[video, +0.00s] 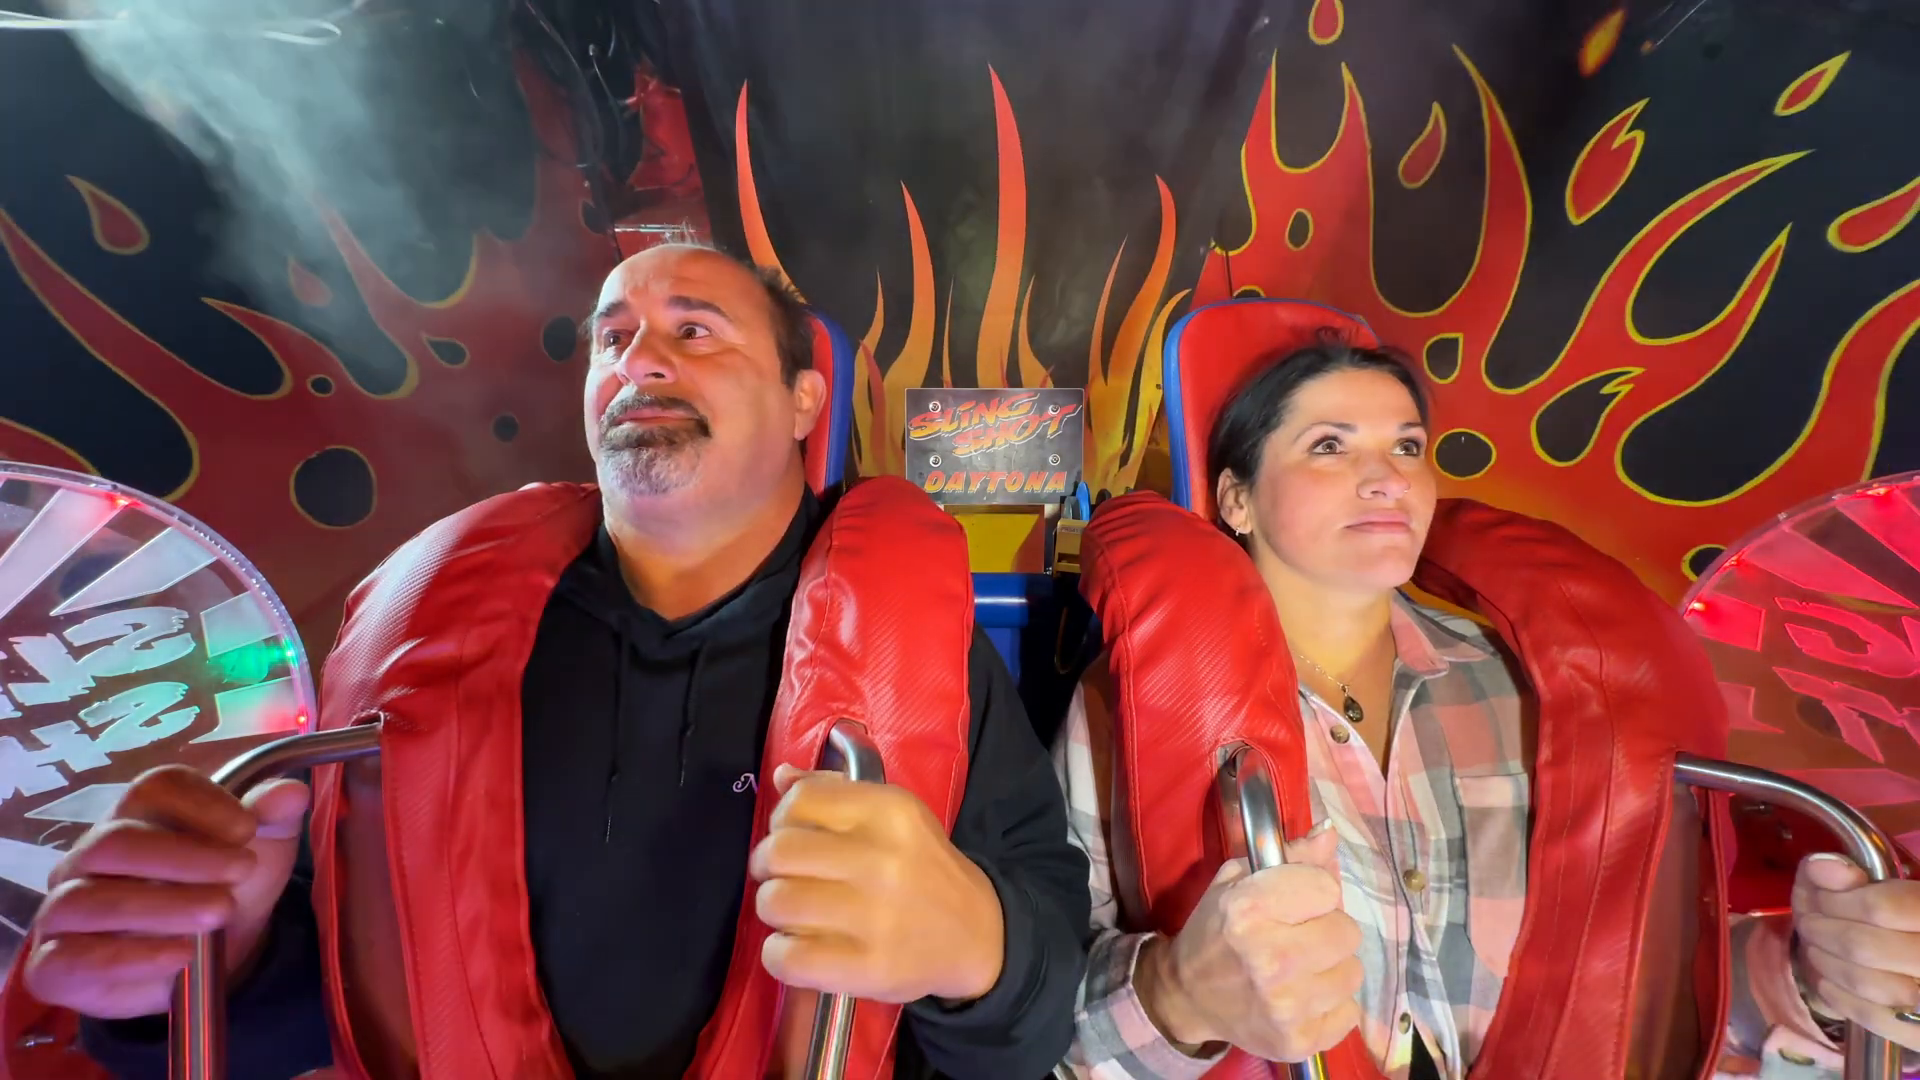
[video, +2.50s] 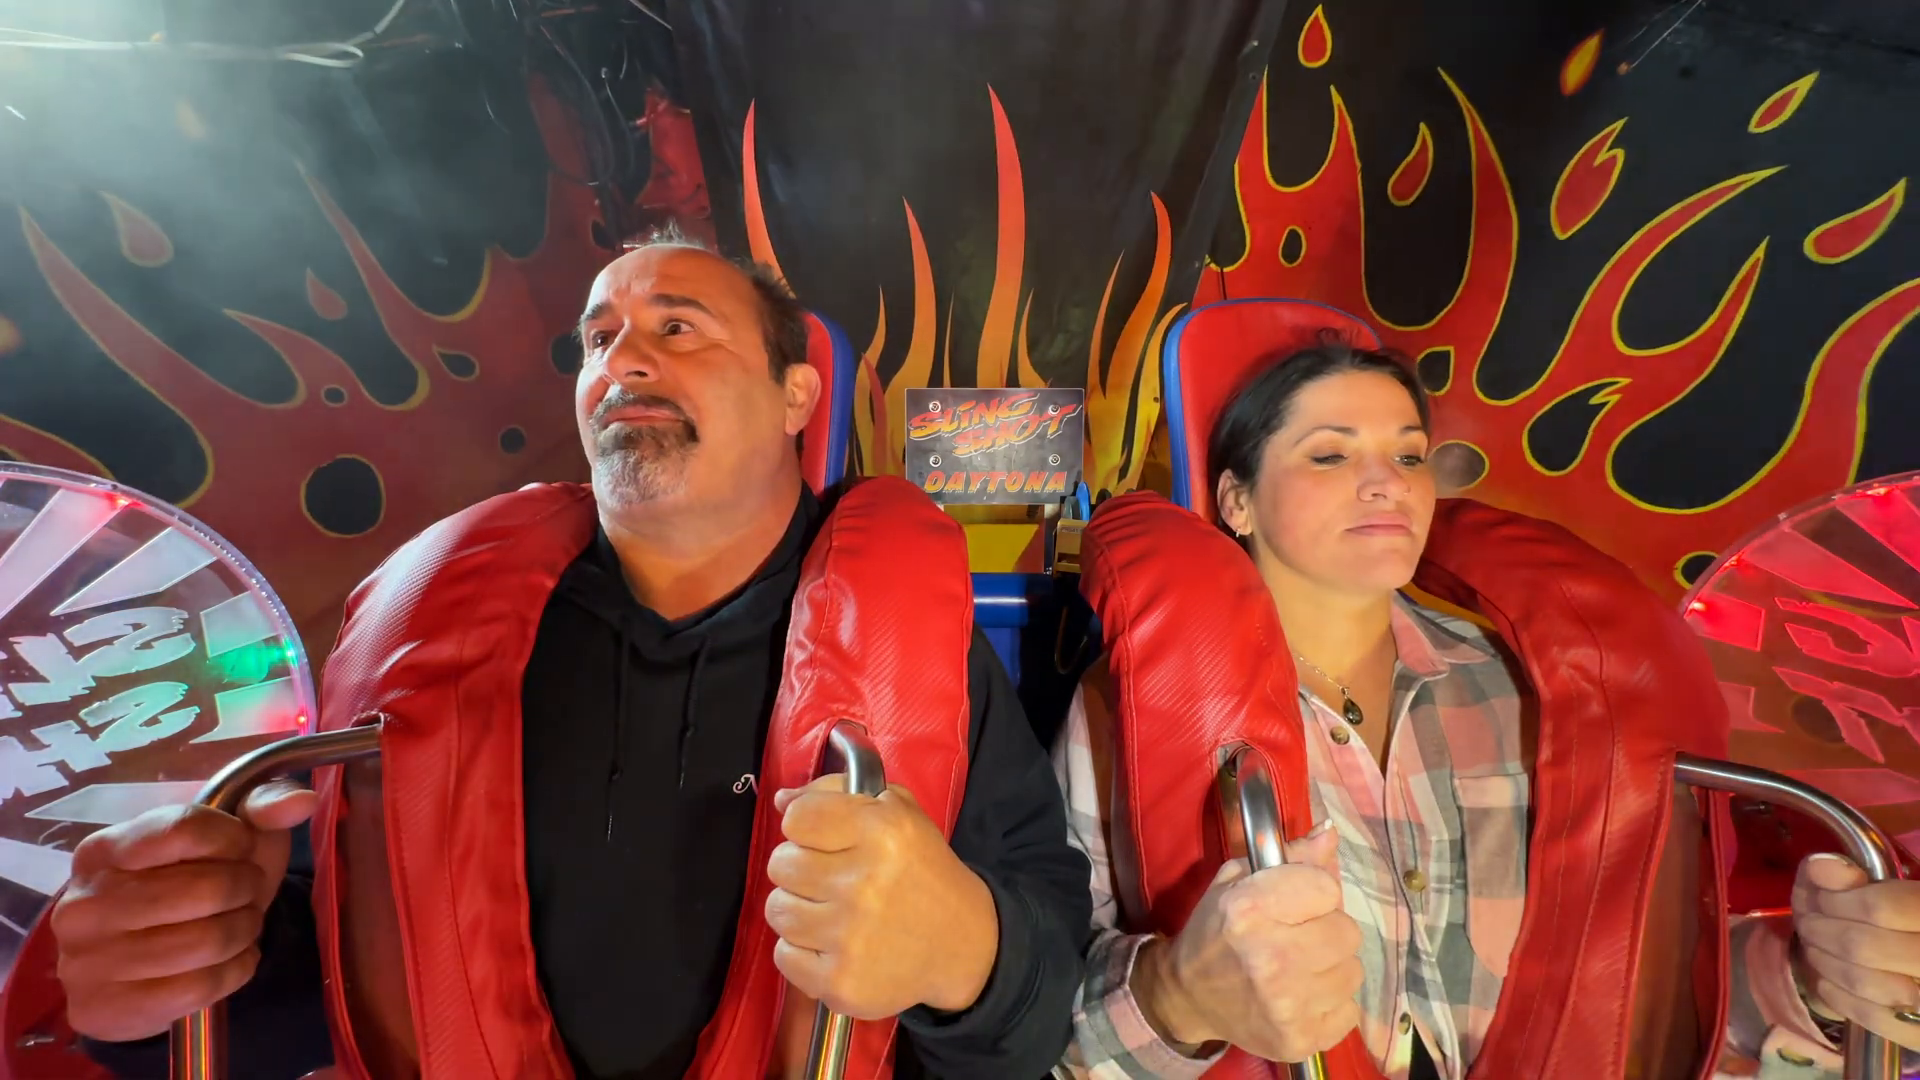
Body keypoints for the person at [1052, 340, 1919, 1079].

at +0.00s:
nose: (1388, 478)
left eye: (1408, 449)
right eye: (1331, 447)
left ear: (1436, 489)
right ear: (1238, 501)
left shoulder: (1524, 694)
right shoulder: (1141, 714)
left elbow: (1616, 979)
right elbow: (1045, 1031)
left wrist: (1802, 976)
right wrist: (1171, 1001)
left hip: (1495, 1065)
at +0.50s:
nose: (1388, 487)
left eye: (1408, 459)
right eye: (1332, 457)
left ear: (1435, 491)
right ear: (1238, 503)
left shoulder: (1522, 694)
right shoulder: (1141, 715)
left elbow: (1611, 976)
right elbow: (1046, 1036)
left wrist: (1800, 975)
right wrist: (1172, 1001)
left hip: (1492, 1066)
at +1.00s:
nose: (1383, 485)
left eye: (1406, 457)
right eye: (1331, 458)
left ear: (1435, 492)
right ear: (1239, 501)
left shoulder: (1516, 689)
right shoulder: (1144, 710)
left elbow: (1609, 969)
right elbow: (1057, 1031)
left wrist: (1802, 973)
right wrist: (1172, 996)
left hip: (1494, 1066)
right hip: (1260, 1073)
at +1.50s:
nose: (1383, 485)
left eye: (1405, 456)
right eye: (1330, 457)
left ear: (1435, 490)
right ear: (1239, 501)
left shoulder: (1519, 688)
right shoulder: (1143, 712)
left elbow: (1614, 963)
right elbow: (1055, 1033)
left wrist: (1797, 970)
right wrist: (1170, 996)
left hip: (1497, 1066)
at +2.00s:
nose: (1386, 487)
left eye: (1408, 459)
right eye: (1331, 458)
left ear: (1437, 491)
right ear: (1238, 502)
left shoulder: (1517, 691)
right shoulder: (1141, 714)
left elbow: (1611, 968)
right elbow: (1055, 1035)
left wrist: (1798, 973)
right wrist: (1171, 1001)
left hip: (1491, 1067)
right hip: (1257, 1073)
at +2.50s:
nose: (1387, 488)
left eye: (1407, 458)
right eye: (1331, 457)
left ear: (1435, 490)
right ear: (1238, 502)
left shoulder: (1514, 691)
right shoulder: (1141, 715)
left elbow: (1608, 969)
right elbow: (1057, 1036)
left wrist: (1794, 971)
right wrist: (1171, 1002)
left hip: (1489, 1067)